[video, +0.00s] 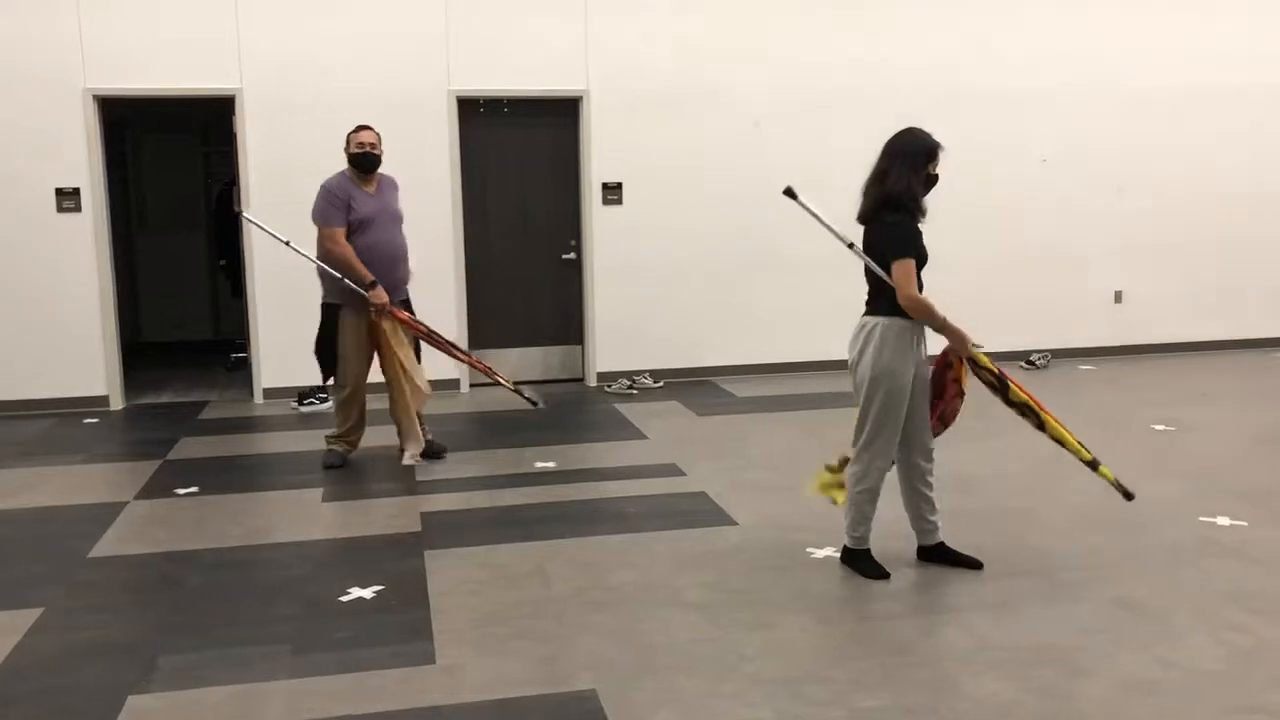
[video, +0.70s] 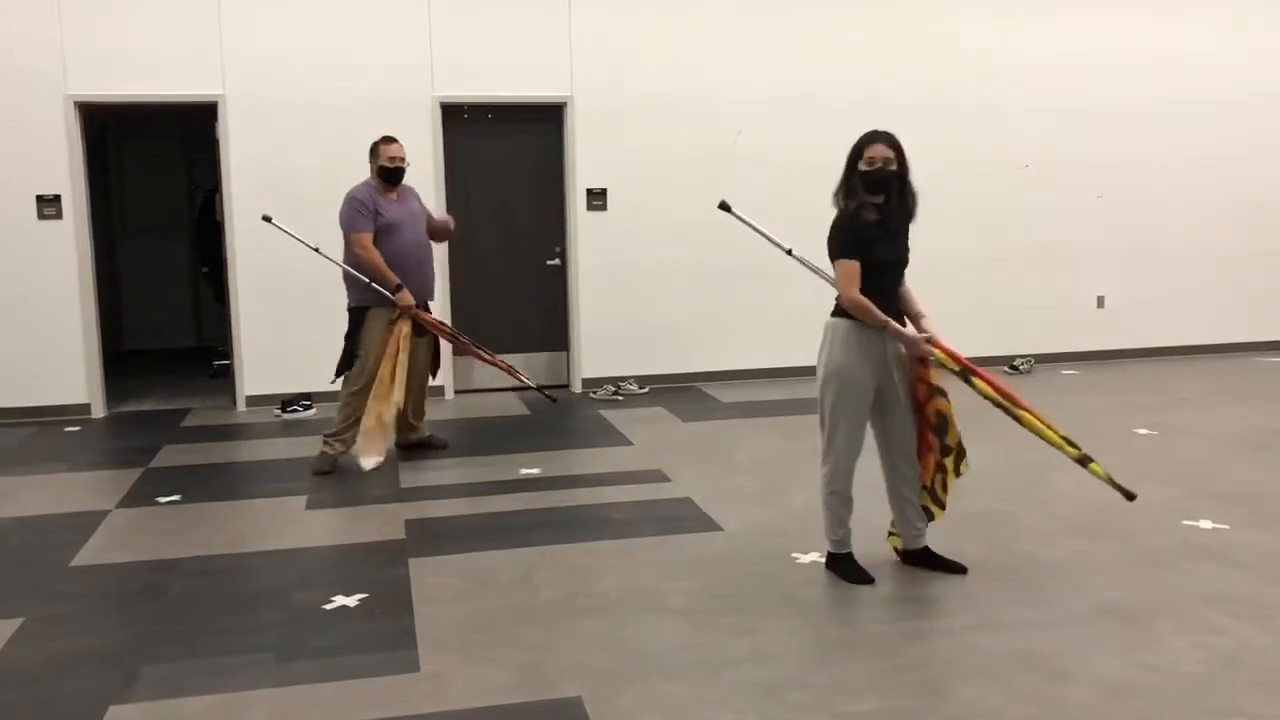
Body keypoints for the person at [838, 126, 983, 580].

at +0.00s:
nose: (935, 176)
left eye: (936, 167)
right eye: (931, 167)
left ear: (896, 164)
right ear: (914, 168)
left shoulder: (894, 218)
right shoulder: (895, 221)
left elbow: (897, 296)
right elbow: (907, 297)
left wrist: (937, 328)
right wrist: (952, 331)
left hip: (903, 339)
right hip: (886, 338)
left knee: (917, 448)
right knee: (875, 449)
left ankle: (929, 542)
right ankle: (856, 546)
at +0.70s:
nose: (878, 168)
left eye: (888, 162)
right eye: (869, 162)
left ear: (900, 170)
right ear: (855, 168)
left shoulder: (897, 221)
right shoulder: (849, 222)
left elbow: (895, 282)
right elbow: (848, 295)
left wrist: (920, 323)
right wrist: (900, 334)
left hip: (890, 339)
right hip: (849, 339)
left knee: (902, 444)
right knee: (843, 449)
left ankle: (913, 545)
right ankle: (838, 551)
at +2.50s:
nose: (868, 170)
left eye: (868, 161)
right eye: (864, 161)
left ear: (833, 159)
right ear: (846, 162)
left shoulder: (838, 212)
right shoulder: (823, 214)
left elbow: (839, 290)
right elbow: (834, 291)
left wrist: (864, 351)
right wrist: (875, 346)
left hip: (848, 334)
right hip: (821, 333)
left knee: (855, 441)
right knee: (808, 441)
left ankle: (861, 535)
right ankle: (783, 540)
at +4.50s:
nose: (832, 151)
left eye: (837, 144)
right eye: (827, 142)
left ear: (836, 142)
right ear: (804, 138)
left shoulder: (814, 193)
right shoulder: (786, 192)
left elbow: (817, 265)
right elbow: (796, 268)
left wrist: (842, 321)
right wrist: (846, 311)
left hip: (822, 311)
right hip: (790, 309)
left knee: (824, 416)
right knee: (772, 416)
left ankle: (827, 510)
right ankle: (751, 516)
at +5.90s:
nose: (829, 144)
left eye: (824, 135)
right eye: (825, 136)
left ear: (776, 143)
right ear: (820, 140)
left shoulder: (768, 192)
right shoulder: (812, 192)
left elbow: (770, 268)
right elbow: (810, 265)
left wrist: (820, 316)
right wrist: (859, 308)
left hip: (781, 303)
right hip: (797, 305)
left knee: (812, 409)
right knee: (781, 410)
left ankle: (826, 501)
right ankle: (744, 510)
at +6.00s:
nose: (829, 144)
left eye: (823, 135)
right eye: (825, 136)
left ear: (776, 142)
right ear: (820, 140)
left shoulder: (768, 192)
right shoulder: (812, 191)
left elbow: (766, 267)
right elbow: (811, 266)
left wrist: (771, 323)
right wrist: (860, 307)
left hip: (779, 303)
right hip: (797, 305)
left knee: (812, 409)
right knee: (782, 410)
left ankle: (827, 501)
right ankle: (745, 510)